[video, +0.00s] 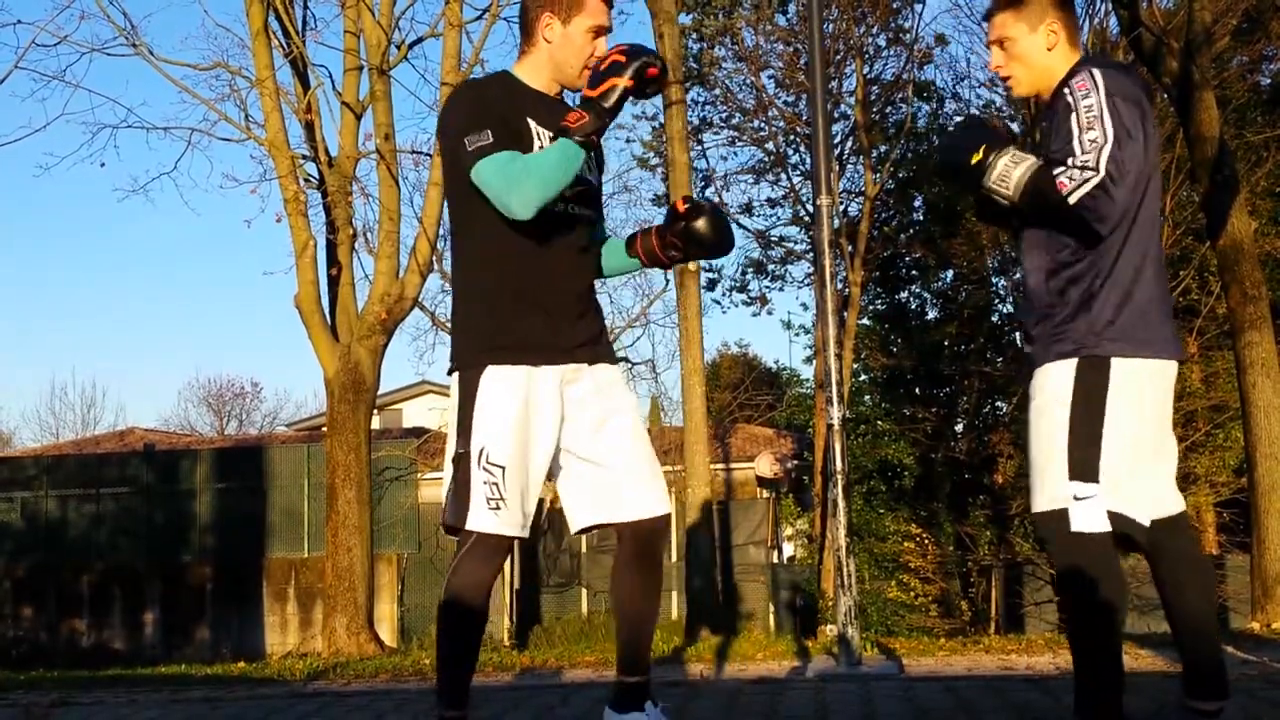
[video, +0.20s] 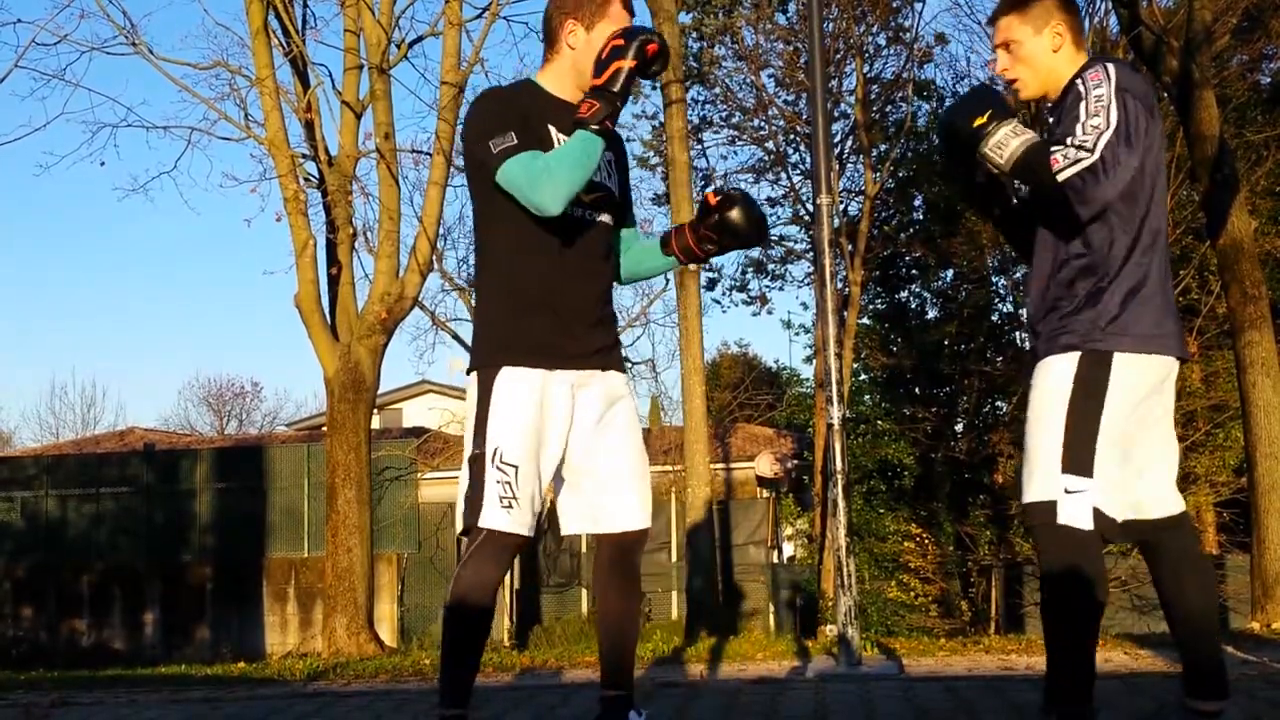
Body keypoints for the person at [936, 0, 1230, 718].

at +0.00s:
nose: (993, 61)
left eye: (1002, 44)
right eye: (990, 47)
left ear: (1050, 37)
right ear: (1046, 40)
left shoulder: (1091, 87)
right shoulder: (1070, 105)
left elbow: (1093, 201)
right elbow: (1051, 208)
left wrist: (995, 161)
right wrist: (988, 163)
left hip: (1092, 340)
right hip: (1127, 337)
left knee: (1070, 525)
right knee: (1154, 511)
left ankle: (1098, 709)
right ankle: (1208, 697)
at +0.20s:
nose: (998, 65)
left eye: (1009, 47)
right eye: (996, 51)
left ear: (1057, 39)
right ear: (1047, 45)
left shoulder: (1106, 83)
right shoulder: (1066, 121)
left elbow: (1086, 187)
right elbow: (1042, 238)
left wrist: (1014, 148)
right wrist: (983, 162)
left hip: (1094, 334)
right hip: (1130, 332)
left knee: (1058, 508)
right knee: (1152, 506)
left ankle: (1067, 704)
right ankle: (1208, 692)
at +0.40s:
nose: (990, 72)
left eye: (1000, 55)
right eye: (988, 59)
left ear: (1046, 47)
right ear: (1043, 51)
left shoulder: (1098, 93)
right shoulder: (1059, 121)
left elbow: (1059, 187)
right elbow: (1032, 226)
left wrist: (996, 150)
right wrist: (987, 161)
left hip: (1084, 334)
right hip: (1112, 336)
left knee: (999, 496)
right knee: (1128, 515)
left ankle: (1035, 700)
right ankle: (1206, 696)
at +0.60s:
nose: (961, 58)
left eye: (971, 40)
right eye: (960, 44)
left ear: (1022, 33)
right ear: (1034, 38)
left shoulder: (1031, 91)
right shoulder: (1098, 106)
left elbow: (947, 159)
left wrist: (884, 112)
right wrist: (899, 119)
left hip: (1039, 335)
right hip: (1116, 331)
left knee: (1002, 522)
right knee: (1124, 508)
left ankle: (1013, 710)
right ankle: (1198, 686)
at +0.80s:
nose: (914, 51)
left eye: (918, 36)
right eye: (913, 38)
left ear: (961, 26)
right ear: (992, 26)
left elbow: (809, 104)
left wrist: (704, 80)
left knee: (991, 530)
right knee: (1124, 510)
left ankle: (1009, 707)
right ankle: (1187, 679)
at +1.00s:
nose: (895, 61)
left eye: (904, 43)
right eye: (894, 45)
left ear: (953, 35)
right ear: (958, 34)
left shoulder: (977, 88)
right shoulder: (1045, 98)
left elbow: (928, 190)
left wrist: (847, 139)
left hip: (1011, 340)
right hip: (1085, 333)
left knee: (970, 535)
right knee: (1110, 518)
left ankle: (1012, 717)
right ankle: (1183, 692)